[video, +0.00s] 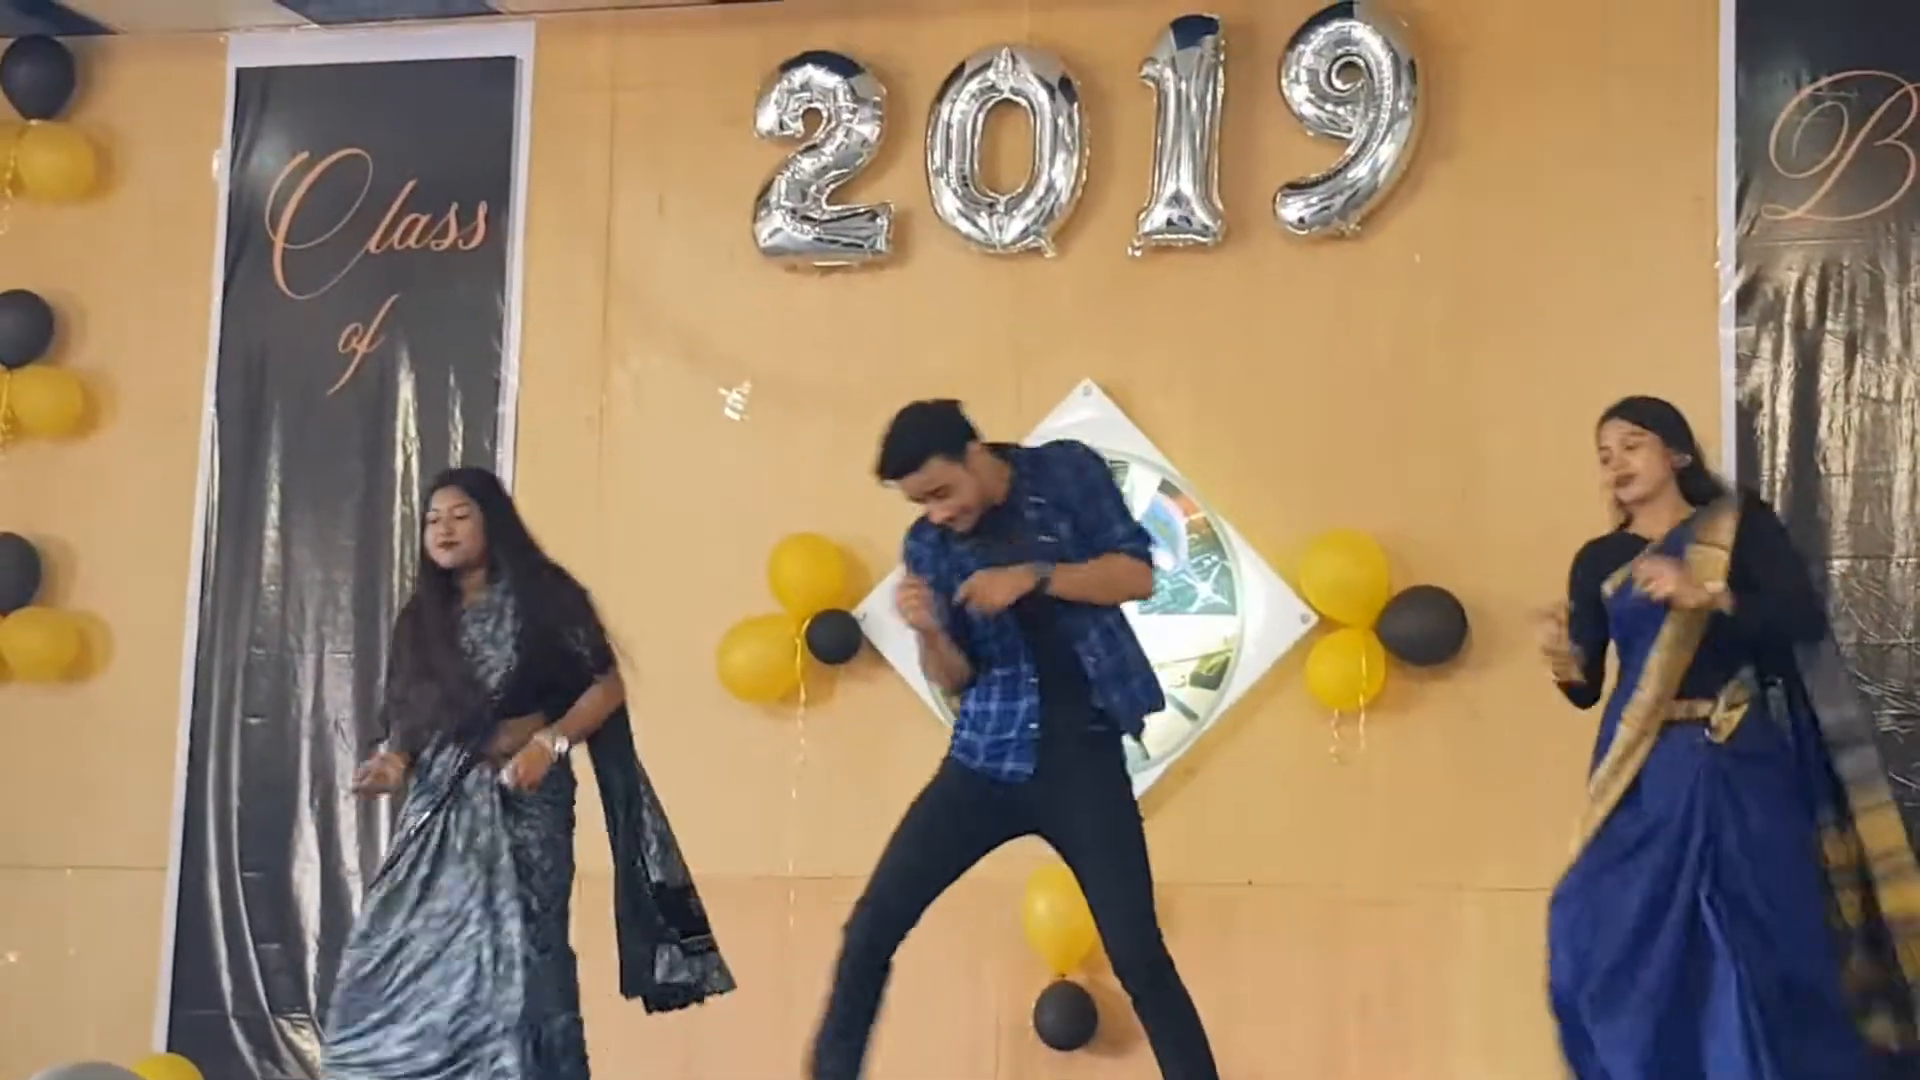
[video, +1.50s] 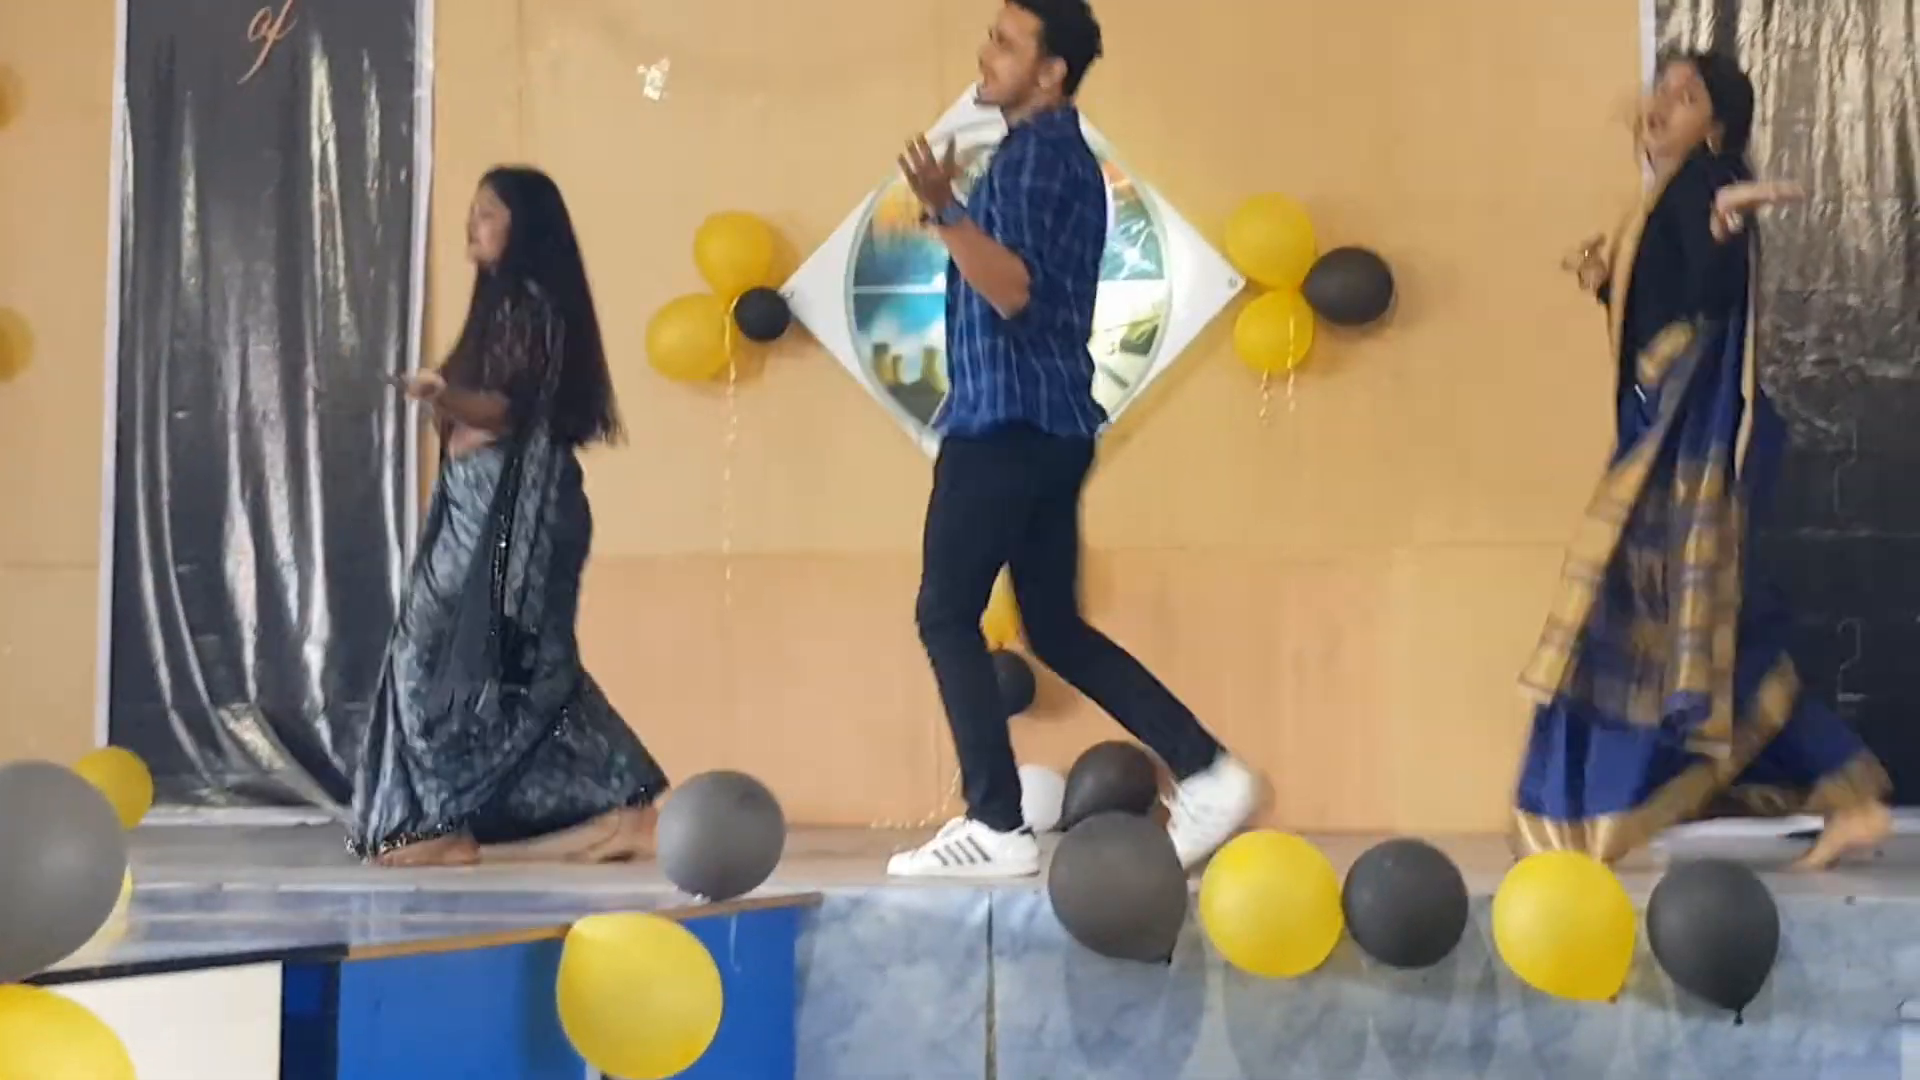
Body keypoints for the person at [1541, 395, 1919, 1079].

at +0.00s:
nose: (1616, 465)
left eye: (1632, 447)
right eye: (1606, 454)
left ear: (1675, 453)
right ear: (1601, 468)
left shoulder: (1740, 523)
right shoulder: (1598, 559)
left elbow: (1805, 618)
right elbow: (1584, 690)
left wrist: (1708, 595)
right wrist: (1563, 656)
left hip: (1743, 760)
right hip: (1644, 770)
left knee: (1751, 936)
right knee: (1626, 931)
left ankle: (1758, 1065)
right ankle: (1641, 1065)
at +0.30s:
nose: (1492, 455)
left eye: (1510, 442)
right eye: (1488, 442)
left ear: (1555, 460)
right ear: (1481, 457)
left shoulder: (1603, 551)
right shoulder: (1458, 553)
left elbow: (1665, 675)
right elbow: (1436, 680)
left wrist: (1608, 710)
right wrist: (1396, 644)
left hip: (1586, 787)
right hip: (1488, 790)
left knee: (1615, 964)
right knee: (1459, 952)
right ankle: (1457, 1068)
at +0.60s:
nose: (1420, 243)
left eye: (1439, 231)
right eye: (1419, 228)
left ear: (1479, 247)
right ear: (1423, 243)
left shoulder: (1520, 329)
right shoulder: (1410, 342)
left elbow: (1557, 460)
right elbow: (1388, 460)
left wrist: (1470, 495)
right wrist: (1341, 510)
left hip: (1486, 574)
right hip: (1408, 574)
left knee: (1451, 752)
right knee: (1374, 746)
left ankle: (1496, 960)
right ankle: (1361, 957)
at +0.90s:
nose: (1453, 100)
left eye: (1475, 93)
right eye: (1454, 86)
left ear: (1506, 123)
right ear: (1447, 103)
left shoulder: (1499, 187)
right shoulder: (1443, 193)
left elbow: (1516, 273)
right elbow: (1429, 289)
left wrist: (1545, 264)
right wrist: (1370, 311)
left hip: (1473, 404)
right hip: (1421, 407)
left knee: (1426, 583)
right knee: (1374, 592)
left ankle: (1532, 751)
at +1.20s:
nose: (1543, 116)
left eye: (1566, 110)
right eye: (1544, 101)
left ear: (1597, 140)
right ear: (1534, 117)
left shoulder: (1581, 196)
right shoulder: (1553, 200)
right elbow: (1553, 290)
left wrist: (1617, 244)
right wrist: (1506, 300)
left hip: (1570, 431)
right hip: (1535, 431)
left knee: (1542, 619)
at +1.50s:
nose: (1657, 103)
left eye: (1679, 95)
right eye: (1659, 88)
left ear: (1714, 123)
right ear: (1653, 106)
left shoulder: (1704, 185)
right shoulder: (1661, 194)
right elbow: (1657, 300)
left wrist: (1734, 208)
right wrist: (1606, 275)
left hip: (1694, 431)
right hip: (1663, 427)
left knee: (1619, 608)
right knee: (1725, 621)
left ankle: (1594, 813)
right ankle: (1847, 793)